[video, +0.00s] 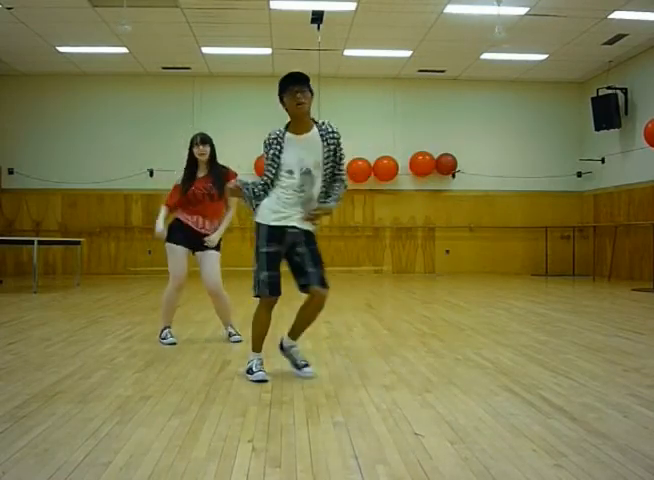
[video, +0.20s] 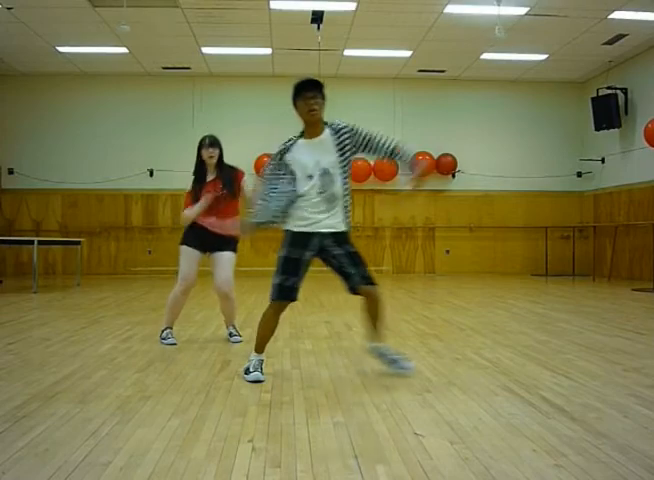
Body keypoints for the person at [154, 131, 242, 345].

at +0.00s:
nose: (201, 149)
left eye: (205, 145)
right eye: (197, 146)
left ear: (211, 148)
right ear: (191, 150)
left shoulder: (224, 175)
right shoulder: (187, 178)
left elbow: (232, 208)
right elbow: (167, 204)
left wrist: (218, 233)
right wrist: (160, 224)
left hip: (209, 233)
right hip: (181, 229)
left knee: (214, 286)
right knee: (178, 279)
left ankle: (229, 327)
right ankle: (166, 328)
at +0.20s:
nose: (210, 151)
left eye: (214, 147)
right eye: (206, 148)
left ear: (220, 151)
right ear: (200, 153)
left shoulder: (235, 175)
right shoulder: (197, 182)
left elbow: (252, 201)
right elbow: (185, 217)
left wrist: (260, 182)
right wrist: (203, 203)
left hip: (226, 234)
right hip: (197, 231)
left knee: (224, 286)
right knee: (186, 281)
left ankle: (231, 326)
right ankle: (167, 328)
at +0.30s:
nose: (218, 141)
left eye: (222, 137)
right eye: (214, 137)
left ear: (228, 140)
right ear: (207, 140)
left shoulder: (241, 159)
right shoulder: (205, 165)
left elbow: (270, 173)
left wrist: (276, 149)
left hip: (239, 221)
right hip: (211, 220)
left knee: (236, 278)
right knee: (198, 275)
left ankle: (234, 326)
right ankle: (185, 325)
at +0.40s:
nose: (228, 135)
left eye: (232, 132)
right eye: (224, 131)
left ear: (237, 134)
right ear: (216, 132)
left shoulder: (244, 150)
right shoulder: (209, 156)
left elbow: (278, 147)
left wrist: (290, 119)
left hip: (250, 212)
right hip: (223, 213)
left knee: (252, 269)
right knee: (220, 270)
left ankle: (250, 321)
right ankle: (218, 322)